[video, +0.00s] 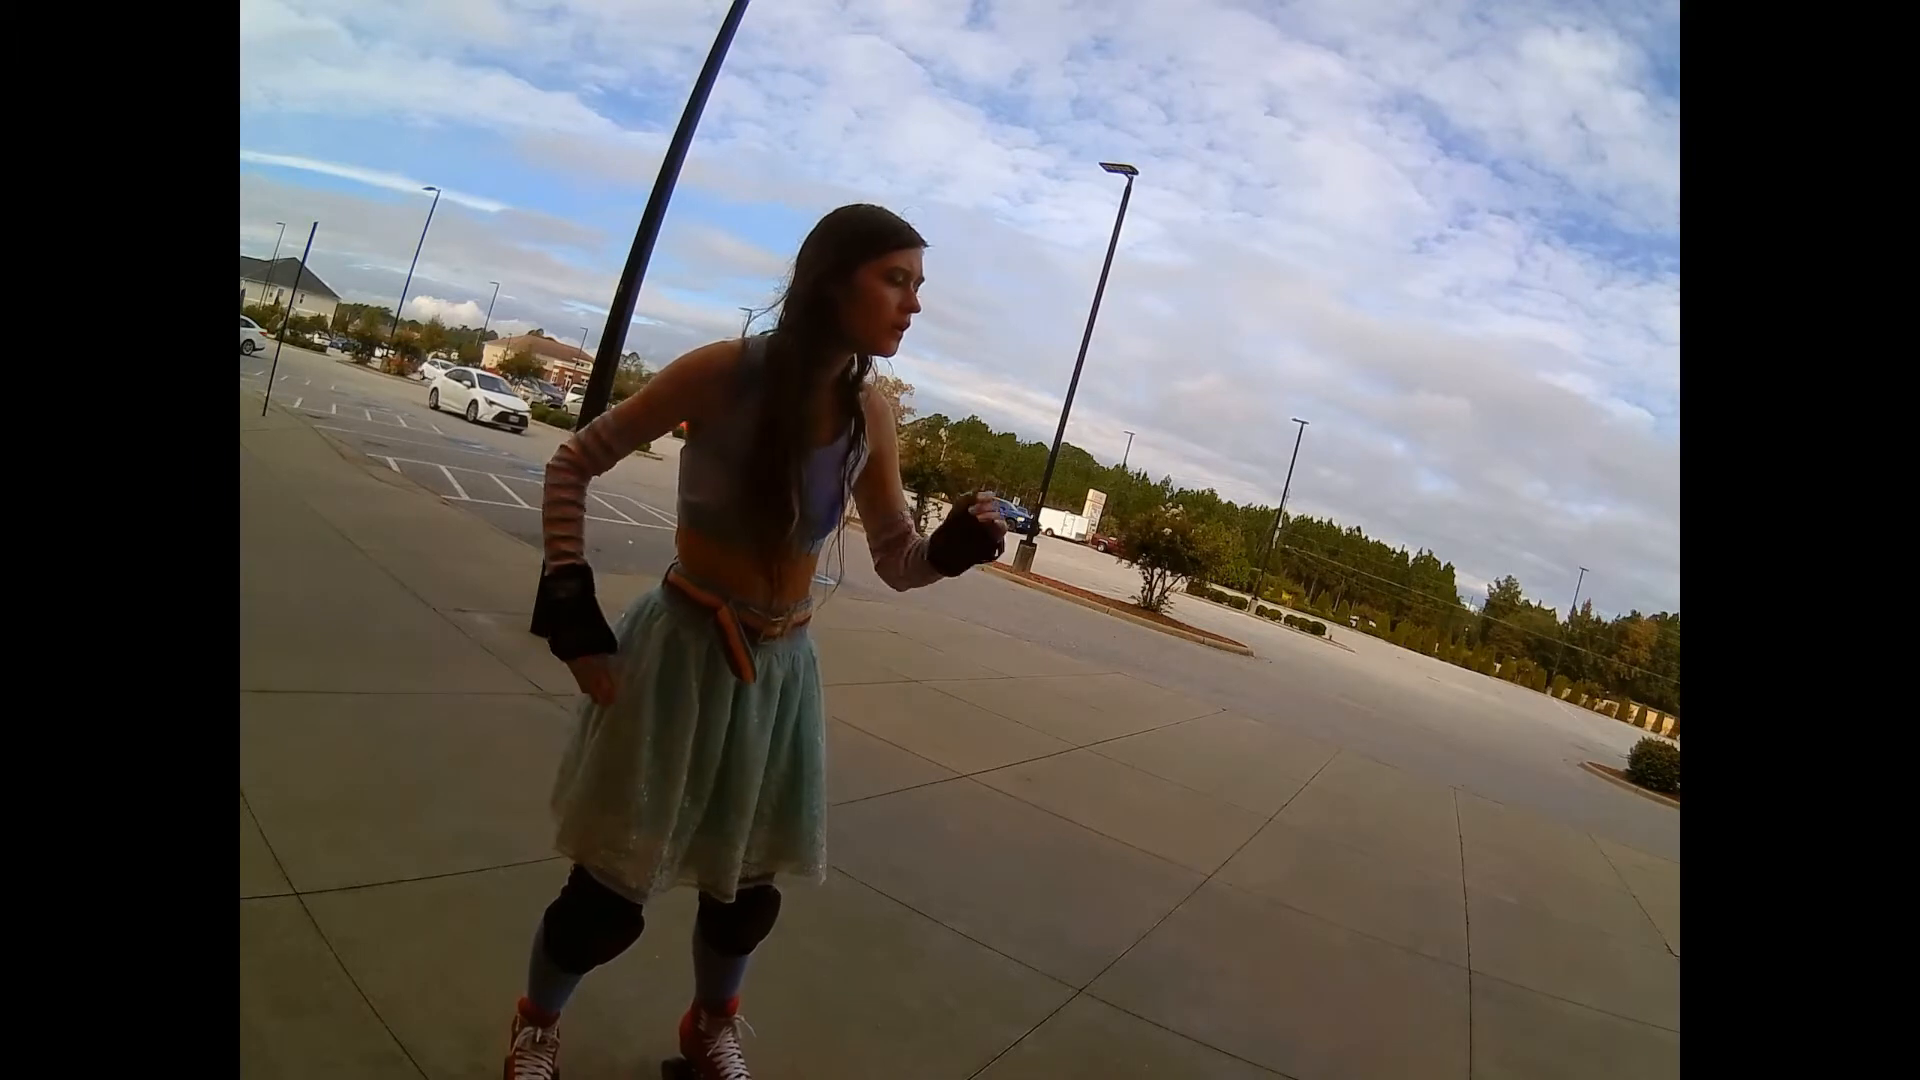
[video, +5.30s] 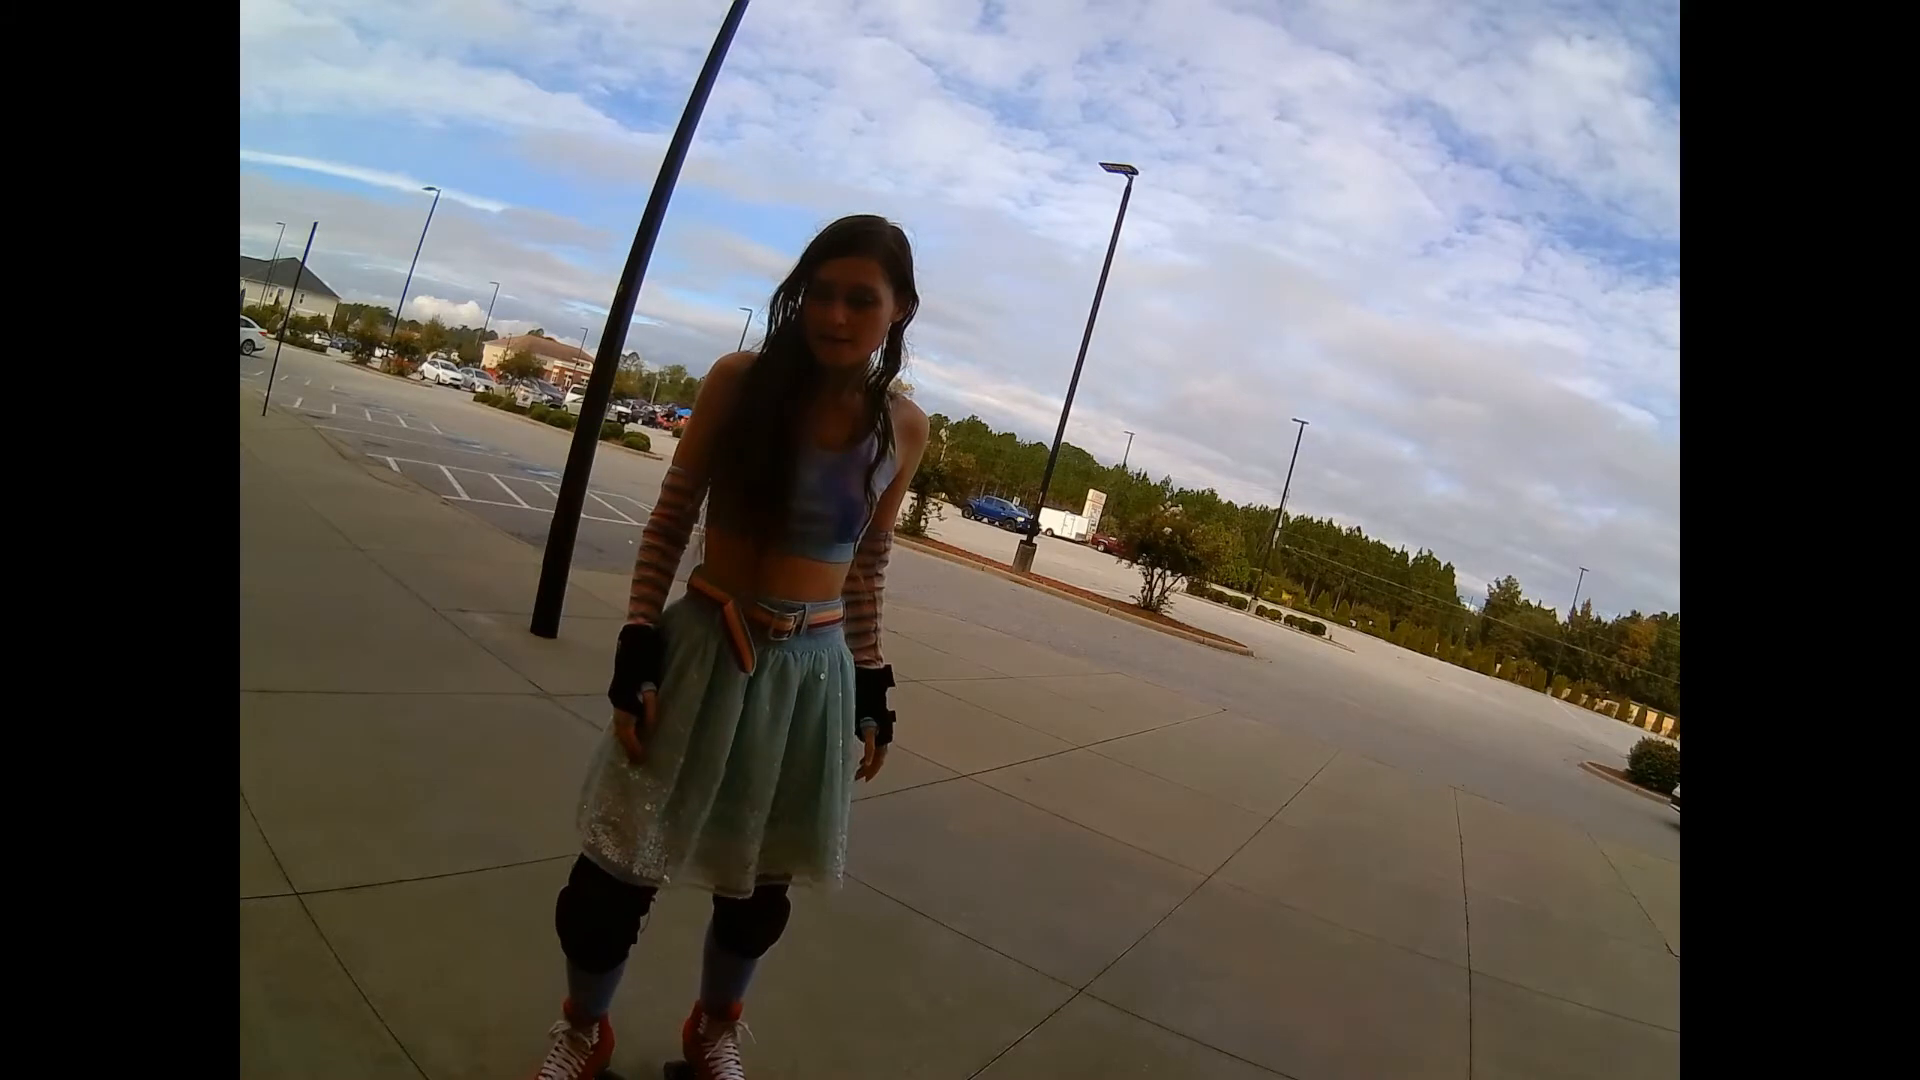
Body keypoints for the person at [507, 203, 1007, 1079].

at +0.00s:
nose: (914, 302)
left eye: (918, 284)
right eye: (898, 281)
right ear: (834, 283)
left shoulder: (870, 409)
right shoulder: (724, 376)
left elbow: (897, 558)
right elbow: (572, 463)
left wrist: (955, 549)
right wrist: (572, 612)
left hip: (781, 669)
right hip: (683, 652)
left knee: (746, 893)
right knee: (610, 896)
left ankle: (711, 1032)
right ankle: (538, 1027)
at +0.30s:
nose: (875, 299)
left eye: (885, 283)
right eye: (858, 278)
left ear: (886, 294)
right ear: (802, 276)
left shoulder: (857, 406)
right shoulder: (705, 377)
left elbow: (898, 552)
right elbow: (620, 522)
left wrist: (948, 445)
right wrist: (686, 555)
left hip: (780, 666)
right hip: (678, 647)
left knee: (751, 895)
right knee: (611, 892)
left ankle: (715, 1033)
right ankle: (538, 1023)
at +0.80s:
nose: (855, 285)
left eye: (869, 272)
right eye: (836, 265)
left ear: (877, 288)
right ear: (785, 268)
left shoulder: (861, 400)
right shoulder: (704, 370)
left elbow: (908, 552)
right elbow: (658, 526)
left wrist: (927, 454)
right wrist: (767, 448)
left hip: (785, 667)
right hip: (681, 650)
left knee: (754, 908)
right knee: (609, 907)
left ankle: (718, 1036)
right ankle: (536, 1037)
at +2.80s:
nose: (864, 296)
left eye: (880, 279)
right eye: (846, 275)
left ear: (889, 291)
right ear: (798, 273)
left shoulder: (858, 400)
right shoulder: (705, 375)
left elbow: (950, 519)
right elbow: (599, 512)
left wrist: (913, 403)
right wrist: (697, 511)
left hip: (781, 662)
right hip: (679, 646)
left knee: (750, 905)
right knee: (608, 907)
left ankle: (719, 1038)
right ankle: (537, 1034)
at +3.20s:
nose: (828, 288)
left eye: (850, 272)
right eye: (810, 266)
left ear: (871, 290)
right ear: (774, 270)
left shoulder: (862, 410)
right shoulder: (699, 373)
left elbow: (878, 578)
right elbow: (604, 503)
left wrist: (895, 483)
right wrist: (655, 547)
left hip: (776, 668)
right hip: (671, 650)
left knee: (747, 901)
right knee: (602, 895)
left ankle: (714, 1037)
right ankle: (535, 1037)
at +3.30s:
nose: (816, 286)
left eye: (839, 269)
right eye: (798, 264)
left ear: (863, 288)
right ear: (764, 272)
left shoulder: (865, 411)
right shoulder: (695, 373)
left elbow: (845, 544)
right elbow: (605, 496)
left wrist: (874, 609)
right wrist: (620, 570)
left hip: (773, 672)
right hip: (666, 656)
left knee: (746, 905)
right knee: (599, 896)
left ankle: (714, 1035)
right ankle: (535, 1033)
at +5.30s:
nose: (838, 316)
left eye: (862, 300)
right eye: (823, 293)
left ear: (897, 315)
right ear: (799, 297)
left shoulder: (902, 426)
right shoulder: (739, 382)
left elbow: (868, 568)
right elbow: (671, 521)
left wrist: (872, 683)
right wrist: (637, 640)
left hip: (811, 677)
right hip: (702, 652)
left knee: (760, 887)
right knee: (619, 868)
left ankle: (716, 1032)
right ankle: (579, 1034)